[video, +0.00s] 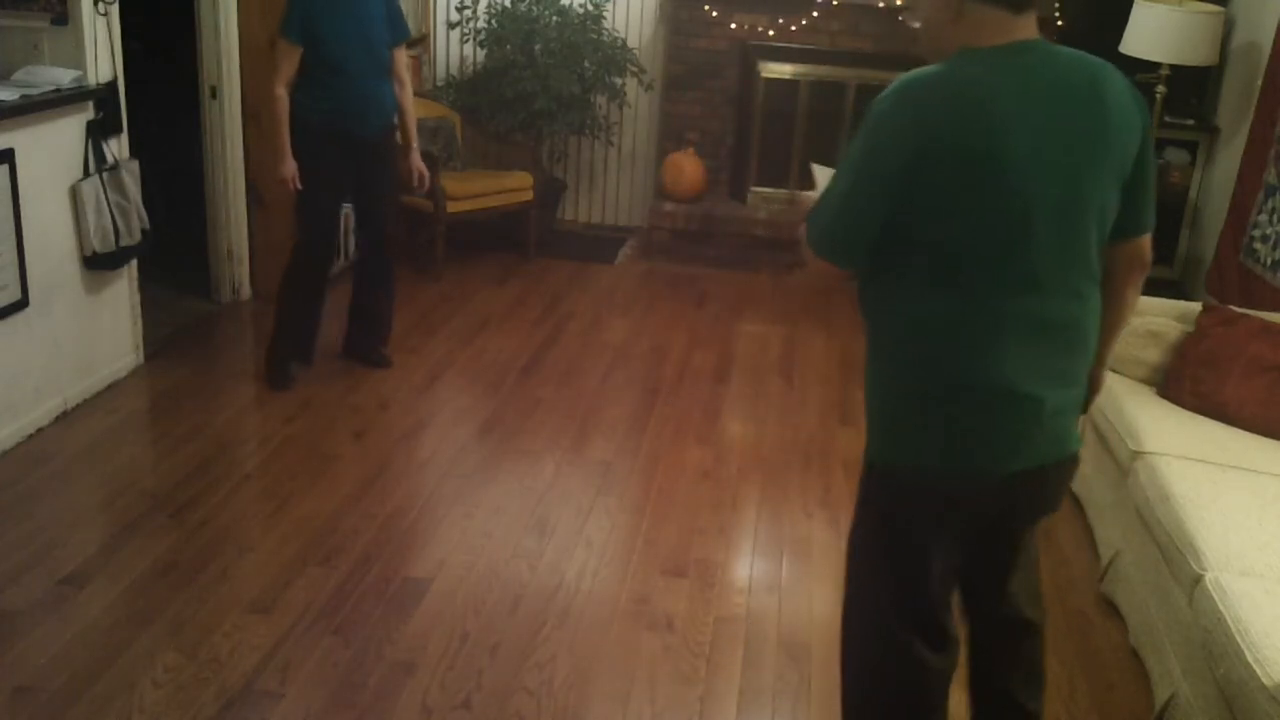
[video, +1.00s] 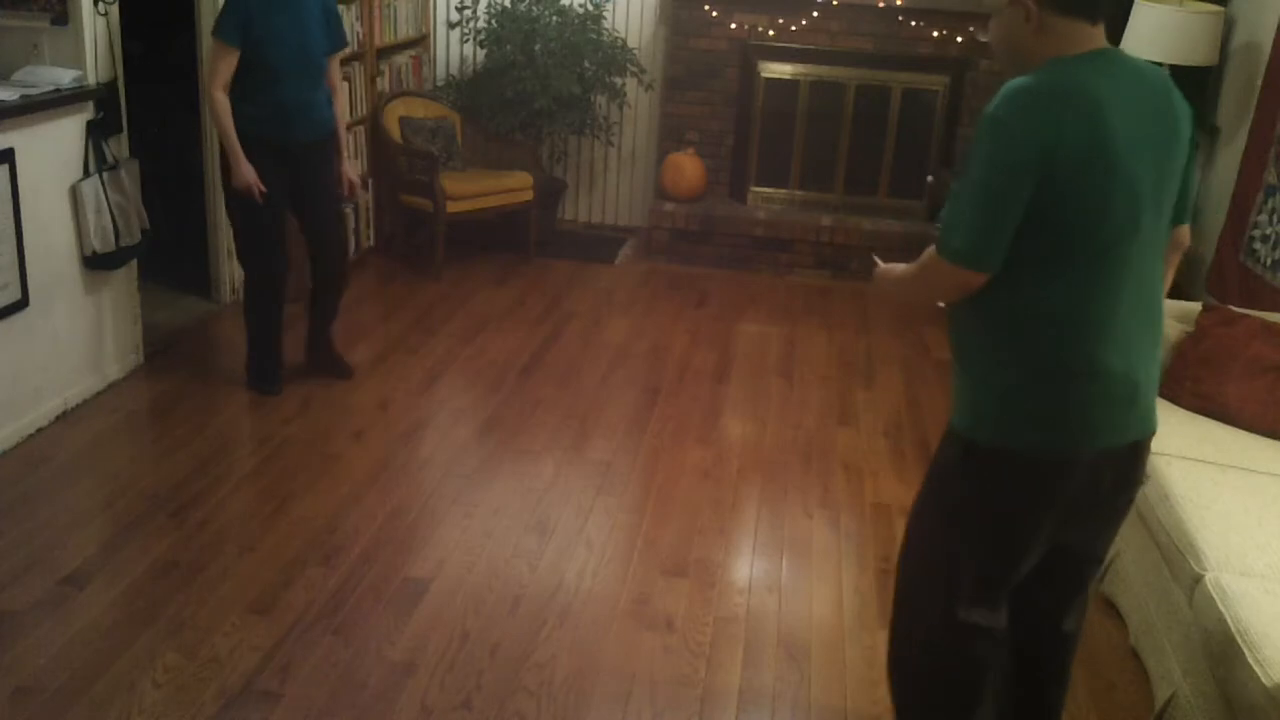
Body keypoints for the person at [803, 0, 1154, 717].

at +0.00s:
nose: (911, 17)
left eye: (918, 5)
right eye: (912, 6)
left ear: (954, 6)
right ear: (1030, 7)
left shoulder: (916, 103)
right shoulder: (1113, 96)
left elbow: (831, 254)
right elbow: (1130, 260)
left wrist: (824, 205)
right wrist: (1091, 367)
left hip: (926, 441)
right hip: (1045, 438)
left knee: (897, 636)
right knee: (1009, 605)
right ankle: (1012, 711)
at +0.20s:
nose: (952, 30)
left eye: (958, 14)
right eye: (952, 16)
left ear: (997, 14)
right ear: (1063, 15)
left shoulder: (974, 116)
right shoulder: (1151, 104)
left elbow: (901, 272)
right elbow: (1166, 255)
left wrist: (862, 250)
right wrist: (1127, 369)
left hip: (966, 454)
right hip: (1084, 453)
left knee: (914, 650)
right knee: (1033, 635)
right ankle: (1026, 714)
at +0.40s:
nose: (983, 32)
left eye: (988, 16)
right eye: (983, 18)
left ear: (1022, 14)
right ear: (1093, 17)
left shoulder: (1008, 117)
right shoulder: (1178, 100)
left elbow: (949, 281)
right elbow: (1194, 242)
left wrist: (900, 286)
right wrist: (1165, 343)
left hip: (997, 448)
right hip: (1120, 453)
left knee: (929, 595)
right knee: (1049, 644)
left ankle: (933, 711)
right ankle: (1029, 715)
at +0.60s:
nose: (999, 25)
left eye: (1005, 9)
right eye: (999, 12)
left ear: (1041, 7)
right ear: (1108, 10)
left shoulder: (1023, 106)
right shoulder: (1183, 91)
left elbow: (962, 269)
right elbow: (1201, 232)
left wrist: (905, 269)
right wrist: (1170, 327)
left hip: (1008, 437)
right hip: (1125, 438)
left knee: (967, 635)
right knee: (1052, 636)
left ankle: (978, 712)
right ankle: (1033, 712)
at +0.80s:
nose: (1001, 30)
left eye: (1008, 13)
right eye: (1003, 16)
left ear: (1040, 12)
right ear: (1110, 19)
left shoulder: (1029, 117)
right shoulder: (1183, 108)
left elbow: (966, 279)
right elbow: (1185, 254)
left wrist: (905, 289)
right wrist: (1134, 321)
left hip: (1012, 440)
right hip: (1125, 442)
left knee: (952, 624)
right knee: (1047, 639)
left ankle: (970, 711)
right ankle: (1031, 711)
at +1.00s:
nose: (984, 29)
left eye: (993, 13)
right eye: (987, 15)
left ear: (1030, 11)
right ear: (1092, 15)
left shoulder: (1028, 105)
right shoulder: (1167, 99)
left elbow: (963, 263)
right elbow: (1174, 239)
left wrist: (898, 282)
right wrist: (1125, 318)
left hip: (1015, 432)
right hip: (1121, 433)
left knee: (941, 625)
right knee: (1045, 627)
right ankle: (1028, 716)